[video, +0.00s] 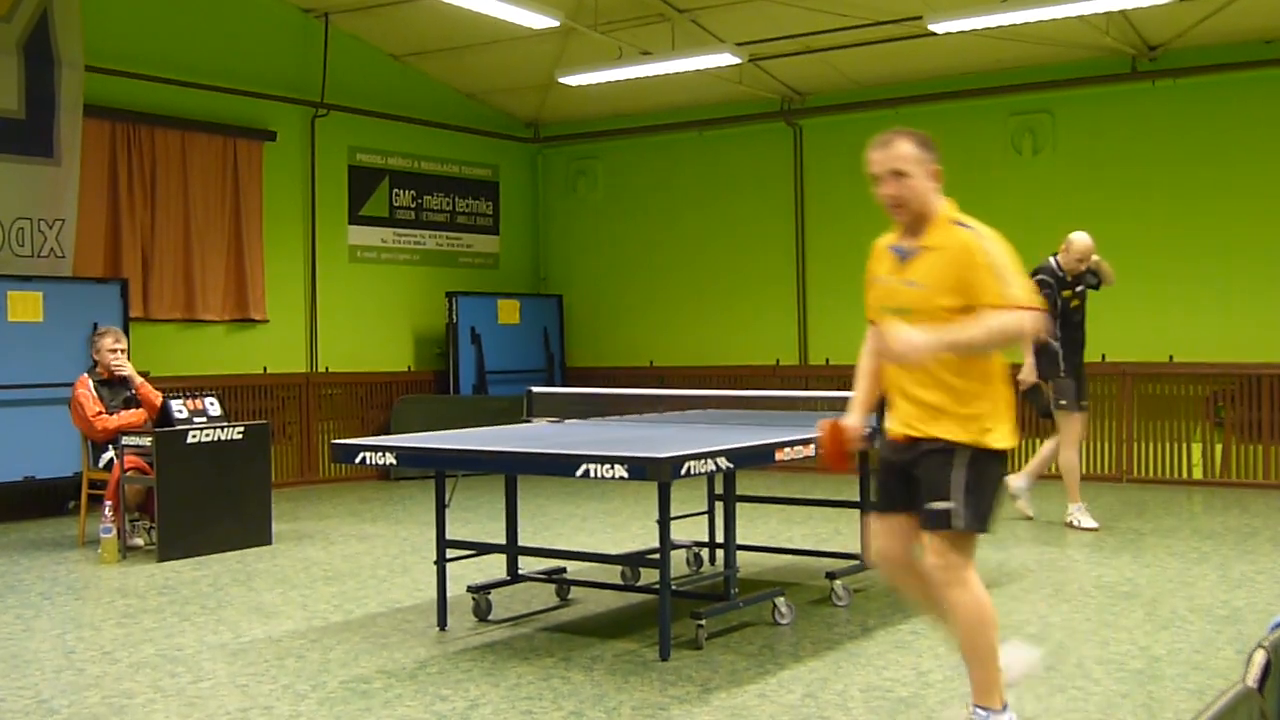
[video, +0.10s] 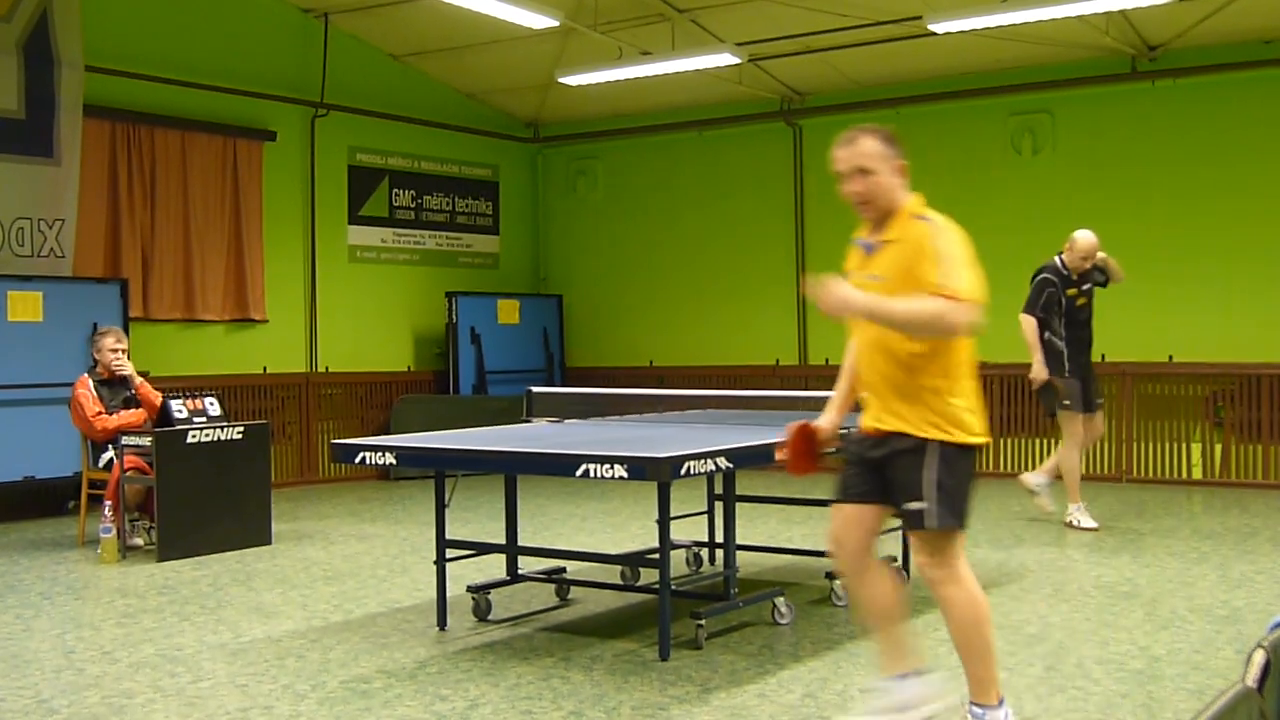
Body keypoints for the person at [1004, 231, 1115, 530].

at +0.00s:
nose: (1082, 267)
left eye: (1085, 262)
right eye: (1078, 261)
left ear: (1087, 260)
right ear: (1063, 252)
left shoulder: (1082, 274)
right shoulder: (1045, 277)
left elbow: (1107, 281)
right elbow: (1027, 321)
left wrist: (1097, 262)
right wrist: (1028, 362)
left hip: (1075, 363)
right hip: (1055, 363)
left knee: (1072, 431)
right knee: (1070, 431)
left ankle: (1022, 479)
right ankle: (1075, 506)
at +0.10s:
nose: (1087, 265)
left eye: (1090, 260)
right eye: (1082, 259)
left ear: (1094, 258)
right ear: (1067, 250)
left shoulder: (1087, 271)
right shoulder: (1048, 278)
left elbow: (1115, 278)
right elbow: (1028, 317)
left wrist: (1105, 260)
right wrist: (1038, 361)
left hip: (1084, 364)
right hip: (1060, 366)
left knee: (1094, 429)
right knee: (1072, 435)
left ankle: (1039, 477)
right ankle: (1075, 507)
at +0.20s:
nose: (1094, 264)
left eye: (1098, 259)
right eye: (1089, 258)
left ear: (1103, 257)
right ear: (1073, 250)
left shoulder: (1099, 272)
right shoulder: (1055, 277)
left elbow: (1127, 278)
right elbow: (1031, 317)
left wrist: (1119, 259)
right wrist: (1048, 358)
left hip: (1095, 366)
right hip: (1069, 369)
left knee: (1113, 431)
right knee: (1074, 437)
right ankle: (1074, 508)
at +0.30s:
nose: (1098, 265)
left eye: (1102, 260)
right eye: (1092, 260)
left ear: (1108, 256)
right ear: (1077, 252)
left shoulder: (1107, 272)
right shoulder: (1058, 277)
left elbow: (1136, 280)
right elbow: (1033, 317)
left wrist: (1129, 258)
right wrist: (1052, 356)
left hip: (1101, 367)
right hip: (1072, 369)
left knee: (1119, 433)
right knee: (1074, 436)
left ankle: (1110, 506)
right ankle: (1074, 510)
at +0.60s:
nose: (1116, 264)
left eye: (1122, 259)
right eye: (1111, 258)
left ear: (1129, 253)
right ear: (1099, 251)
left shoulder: (1140, 273)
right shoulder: (1080, 275)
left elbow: (1173, 296)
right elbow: (1048, 314)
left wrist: (1173, 277)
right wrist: (1061, 353)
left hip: (1128, 369)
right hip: (1091, 370)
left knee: (1139, 438)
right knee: (1091, 440)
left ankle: (1146, 516)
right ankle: (1079, 506)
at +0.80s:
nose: (1115, 259)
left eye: (1121, 254)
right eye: (1110, 254)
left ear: (1133, 247)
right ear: (1102, 249)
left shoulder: (1154, 268)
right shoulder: (1089, 271)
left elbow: (1181, 304)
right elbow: (1066, 307)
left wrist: (1188, 329)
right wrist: (1073, 345)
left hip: (1139, 366)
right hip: (1099, 365)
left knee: (1143, 440)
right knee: (1092, 437)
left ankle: (1146, 516)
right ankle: (1098, 495)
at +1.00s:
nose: (1109, 262)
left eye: (1115, 257)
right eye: (1104, 257)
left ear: (1130, 248)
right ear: (1099, 252)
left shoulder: (1153, 268)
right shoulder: (1091, 270)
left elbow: (1170, 312)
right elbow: (1075, 307)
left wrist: (1144, 351)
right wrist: (1078, 348)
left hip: (1139, 364)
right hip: (1099, 363)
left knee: (1143, 442)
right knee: (1089, 435)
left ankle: (1146, 517)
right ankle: (1095, 516)